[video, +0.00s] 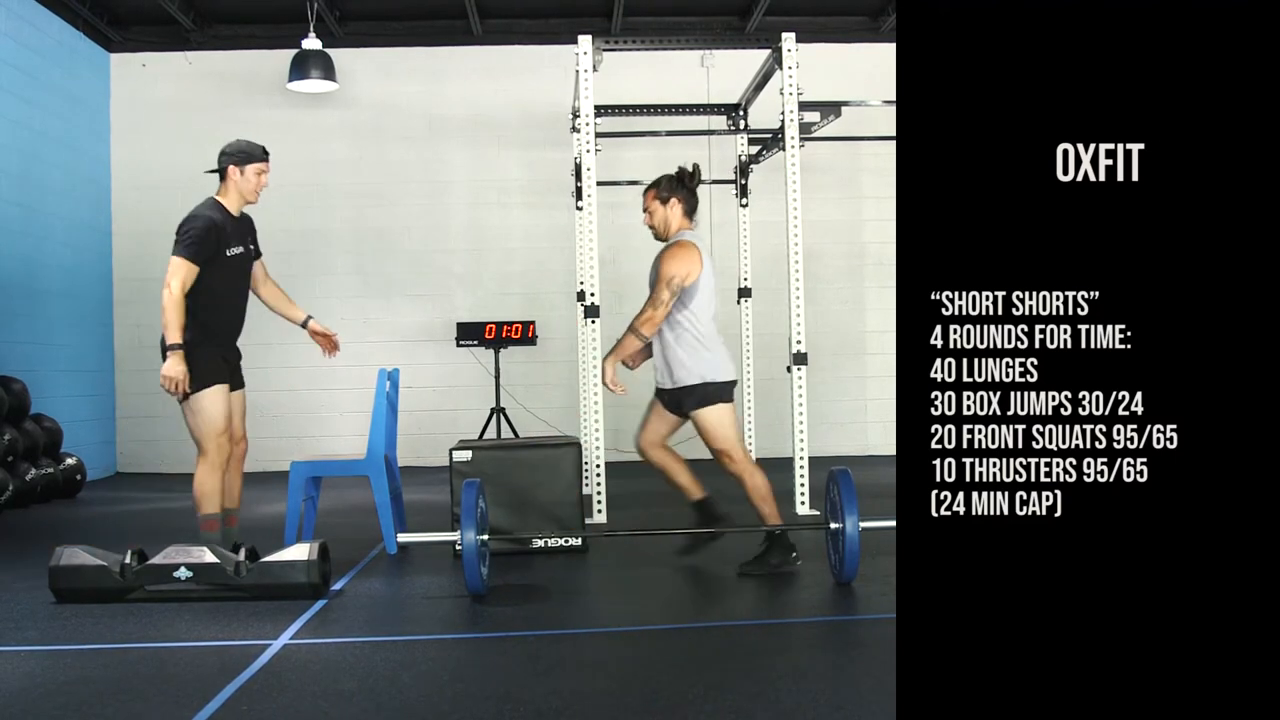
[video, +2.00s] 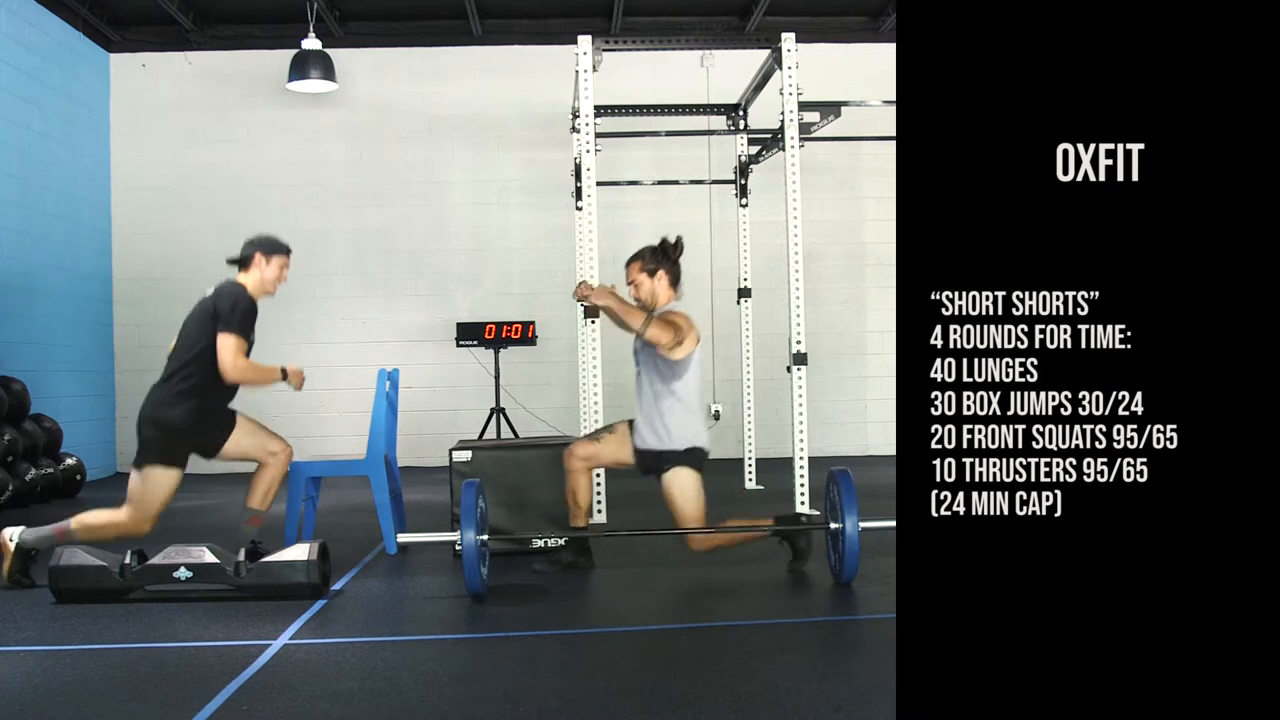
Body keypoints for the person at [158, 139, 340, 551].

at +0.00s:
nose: (265, 183)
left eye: (266, 175)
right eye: (259, 174)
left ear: (244, 175)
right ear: (233, 172)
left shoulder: (244, 224)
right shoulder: (203, 223)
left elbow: (263, 284)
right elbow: (173, 288)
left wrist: (308, 323)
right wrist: (174, 353)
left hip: (224, 349)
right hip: (195, 351)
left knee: (236, 445)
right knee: (213, 449)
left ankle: (230, 545)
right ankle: (211, 552)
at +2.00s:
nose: (284, 277)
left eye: (286, 270)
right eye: (282, 267)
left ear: (260, 264)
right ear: (258, 262)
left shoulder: (224, 299)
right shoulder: (235, 298)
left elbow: (180, 352)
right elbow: (233, 368)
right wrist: (284, 374)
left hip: (202, 417)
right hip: (172, 417)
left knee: (278, 453)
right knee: (137, 520)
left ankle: (246, 550)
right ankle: (22, 540)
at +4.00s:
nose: (217, 228)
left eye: (219, 220)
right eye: (215, 219)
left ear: (188, 215)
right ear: (194, 214)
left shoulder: (154, 247)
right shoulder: (174, 258)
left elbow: (129, 297)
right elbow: (145, 320)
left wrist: (181, 337)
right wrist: (194, 362)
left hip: (132, 371)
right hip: (153, 375)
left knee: (142, 464)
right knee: (196, 455)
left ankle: (87, 545)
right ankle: (222, 553)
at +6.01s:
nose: (347, 128)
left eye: (351, 122)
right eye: (345, 119)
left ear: (331, 116)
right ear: (325, 112)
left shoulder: (315, 152)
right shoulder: (291, 147)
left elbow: (306, 212)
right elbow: (261, 200)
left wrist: (322, 256)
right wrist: (262, 249)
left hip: (304, 262)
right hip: (285, 259)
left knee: (315, 344)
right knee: (308, 343)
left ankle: (306, 433)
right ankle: (301, 435)